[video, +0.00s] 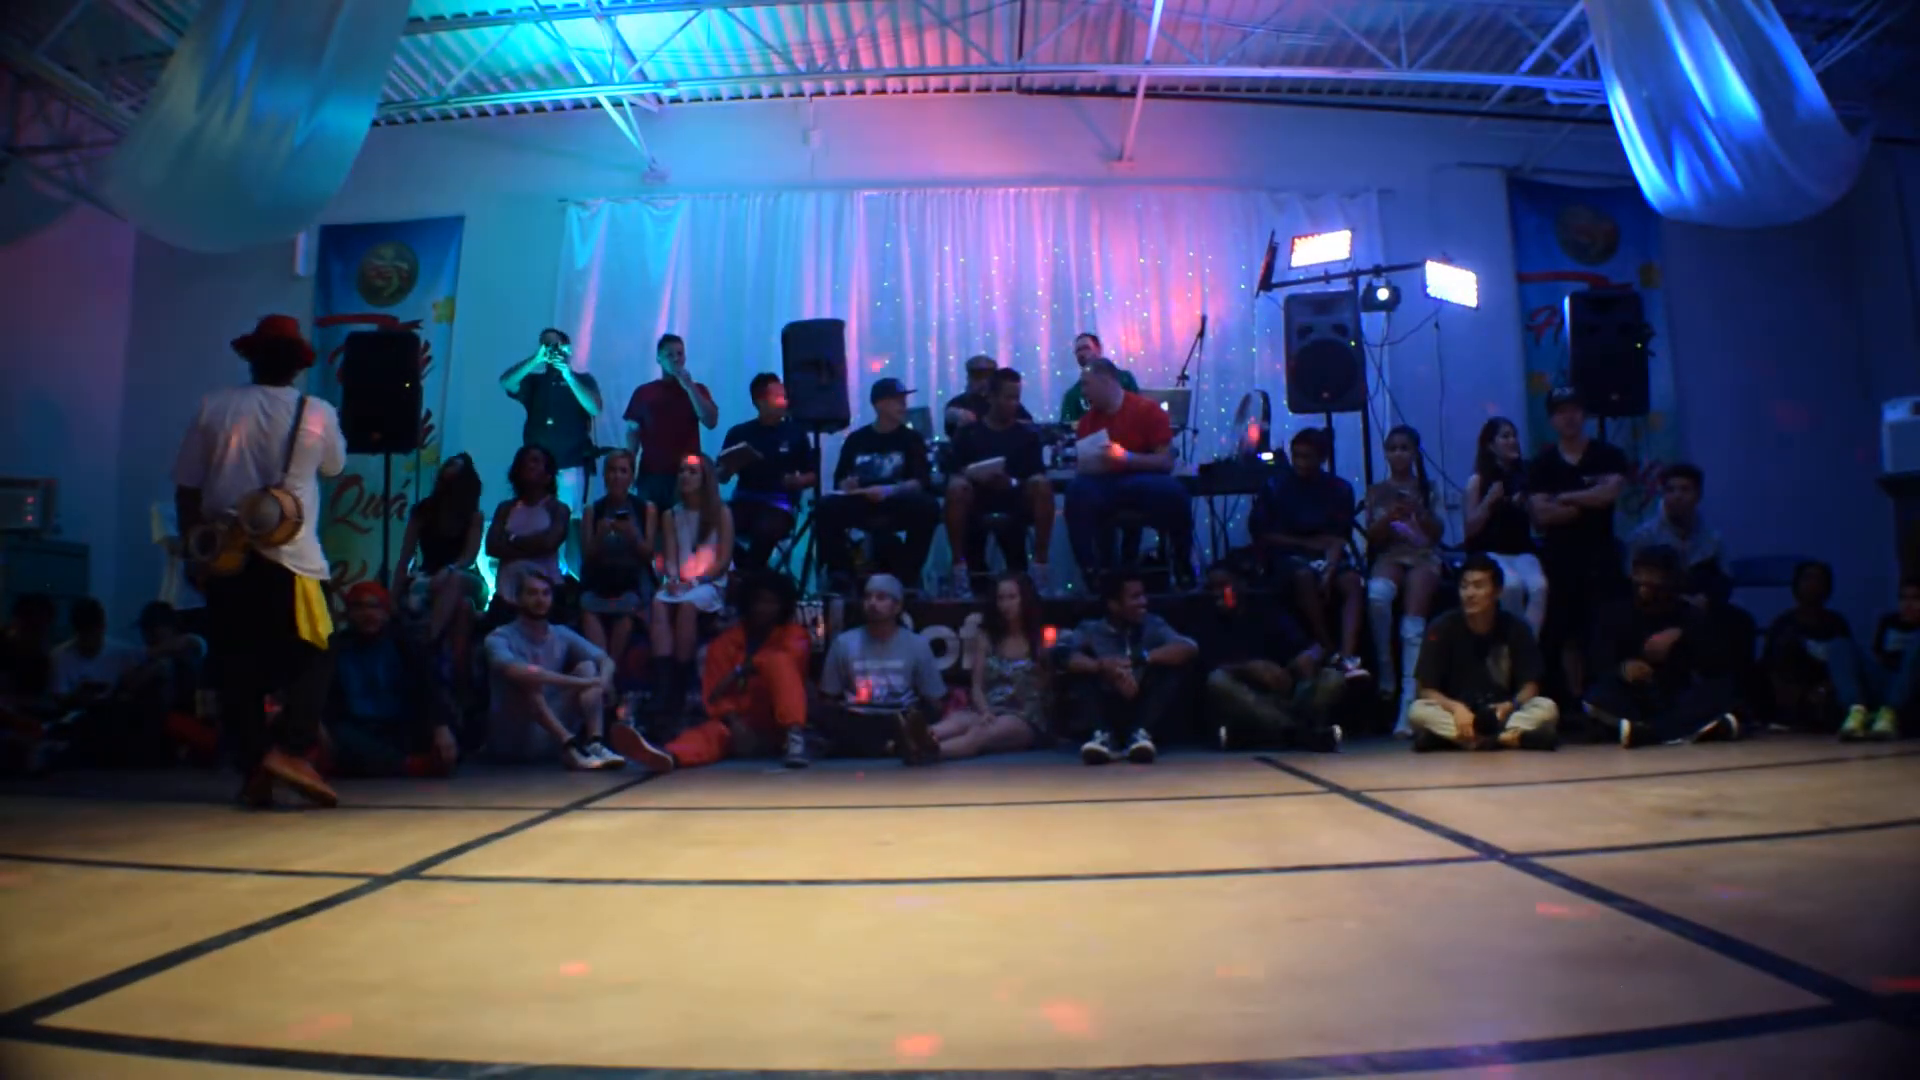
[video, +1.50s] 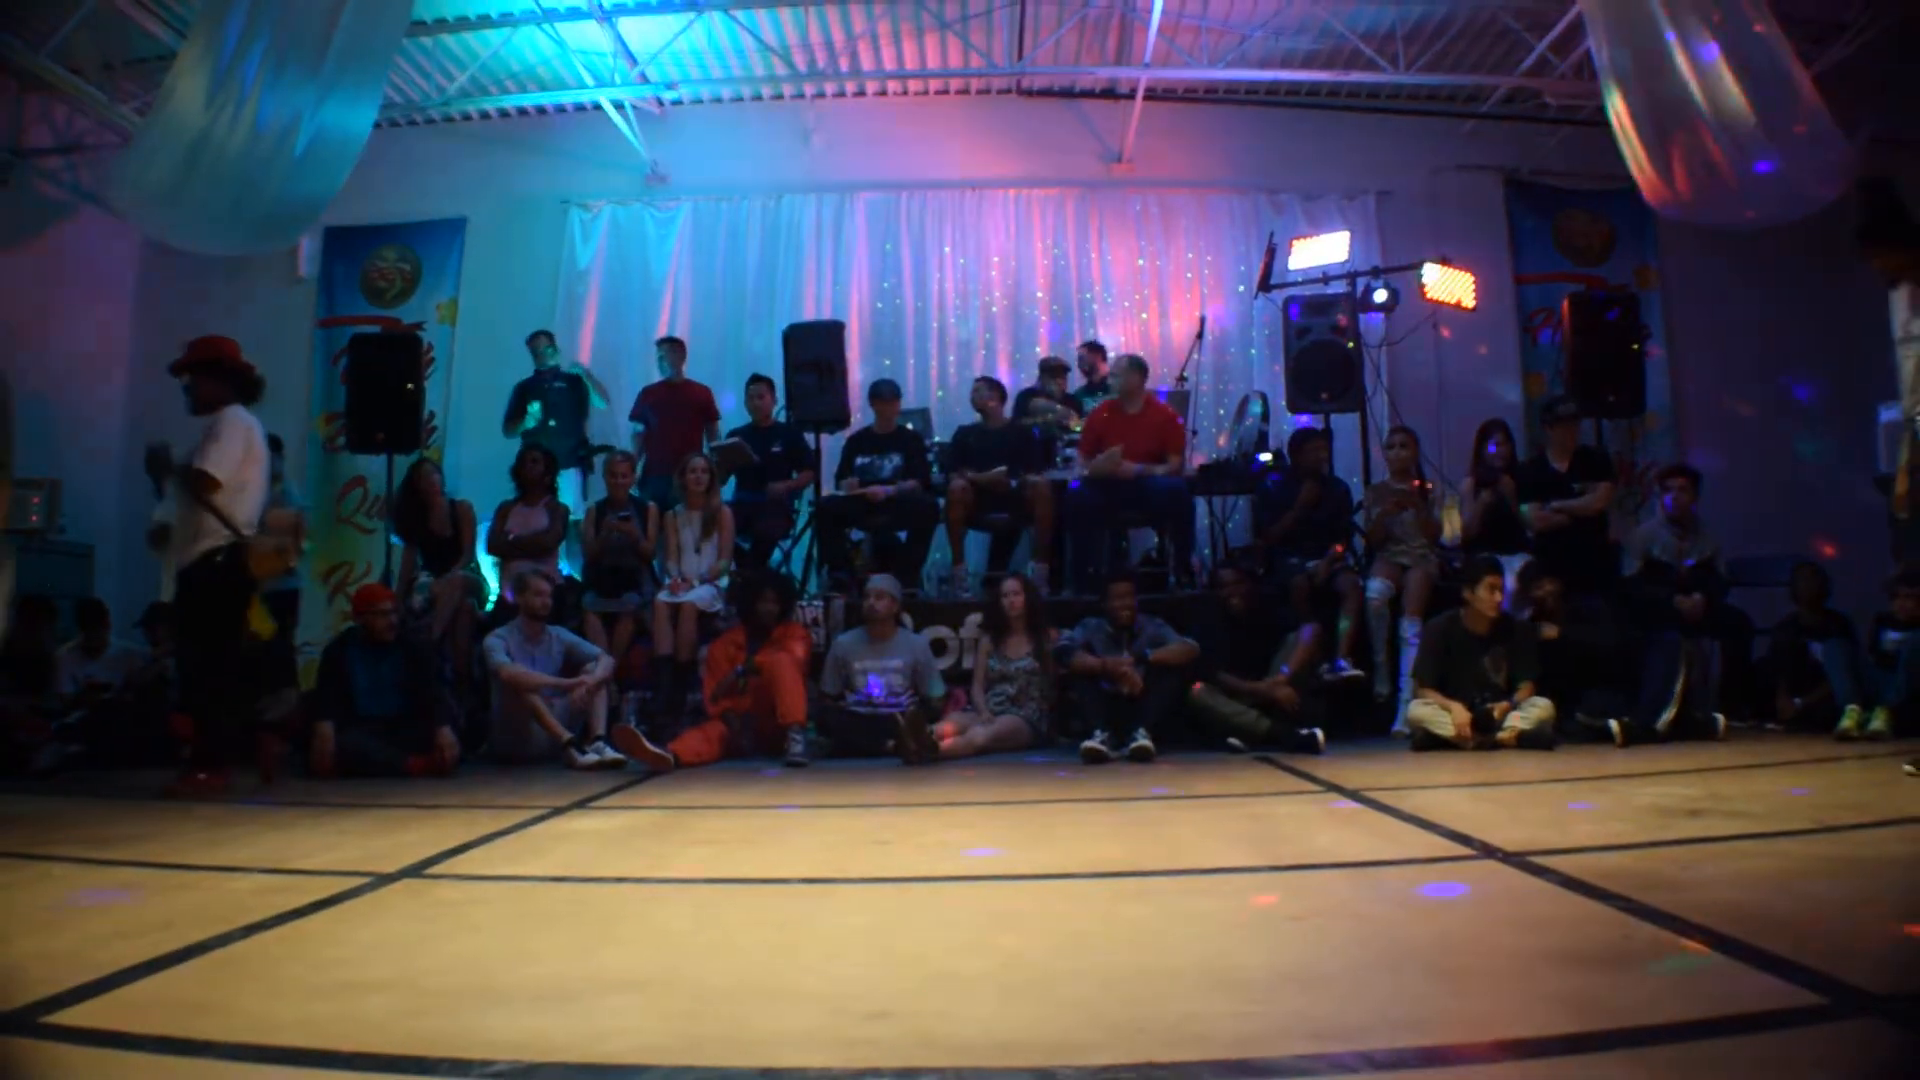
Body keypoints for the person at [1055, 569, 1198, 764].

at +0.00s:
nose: (1143, 603)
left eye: (1143, 596)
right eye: (1135, 597)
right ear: (1114, 604)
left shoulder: (1151, 626)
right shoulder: (1091, 631)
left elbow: (1188, 648)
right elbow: (1061, 655)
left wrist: (1141, 659)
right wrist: (1105, 667)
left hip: (1143, 700)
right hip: (1105, 702)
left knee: (1167, 671)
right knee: (1084, 676)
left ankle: (1142, 733)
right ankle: (1101, 735)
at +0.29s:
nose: (1130, 604)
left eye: (1135, 598)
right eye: (1123, 598)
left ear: (1141, 602)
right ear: (1109, 603)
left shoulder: (1150, 626)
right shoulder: (1092, 630)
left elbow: (1188, 648)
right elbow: (1059, 653)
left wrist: (1138, 659)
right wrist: (1106, 667)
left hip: (1143, 701)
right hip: (1104, 703)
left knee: (1167, 669)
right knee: (1084, 675)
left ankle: (1142, 733)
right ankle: (1100, 735)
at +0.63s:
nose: (1128, 603)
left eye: (1134, 597)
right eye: (1121, 597)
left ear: (1141, 602)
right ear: (1110, 601)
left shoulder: (1153, 627)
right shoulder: (1092, 628)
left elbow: (1190, 650)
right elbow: (1063, 653)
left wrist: (1140, 659)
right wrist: (1109, 668)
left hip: (1144, 699)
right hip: (1103, 700)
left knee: (1167, 670)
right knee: (1087, 674)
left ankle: (1142, 733)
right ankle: (1101, 735)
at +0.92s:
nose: (1124, 602)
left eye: (1130, 597)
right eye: (1118, 597)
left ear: (1138, 602)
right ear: (1109, 601)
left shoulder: (1152, 627)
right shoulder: (1094, 628)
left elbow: (1191, 649)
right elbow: (1063, 652)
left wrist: (1143, 658)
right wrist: (1111, 668)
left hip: (1143, 699)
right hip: (1104, 700)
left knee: (1168, 669)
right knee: (1086, 671)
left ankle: (1143, 733)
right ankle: (1101, 734)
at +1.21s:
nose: (1119, 601)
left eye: (1125, 595)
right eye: (1113, 595)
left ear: (1136, 600)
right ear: (1106, 599)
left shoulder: (1152, 627)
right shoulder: (1093, 628)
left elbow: (1191, 649)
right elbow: (1063, 652)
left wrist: (1143, 658)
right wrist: (1109, 666)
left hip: (1144, 701)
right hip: (1105, 701)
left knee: (1167, 669)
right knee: (1086, 672)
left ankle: (1144, 734)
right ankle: (1101, 734)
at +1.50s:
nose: (1125, 604)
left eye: (1129, 597)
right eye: (1119, 598)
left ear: (1135, 600)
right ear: (1106, 603)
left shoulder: (1150, 627)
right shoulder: (1092, 628)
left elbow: (1190, 649)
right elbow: (1063, 653)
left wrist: (1142, 659)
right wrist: (1111, 668)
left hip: (1143, 702)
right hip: (1103, 702)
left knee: (1166, 671)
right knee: (1084, 676)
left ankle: (1142, 733)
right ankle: (1100, 734)